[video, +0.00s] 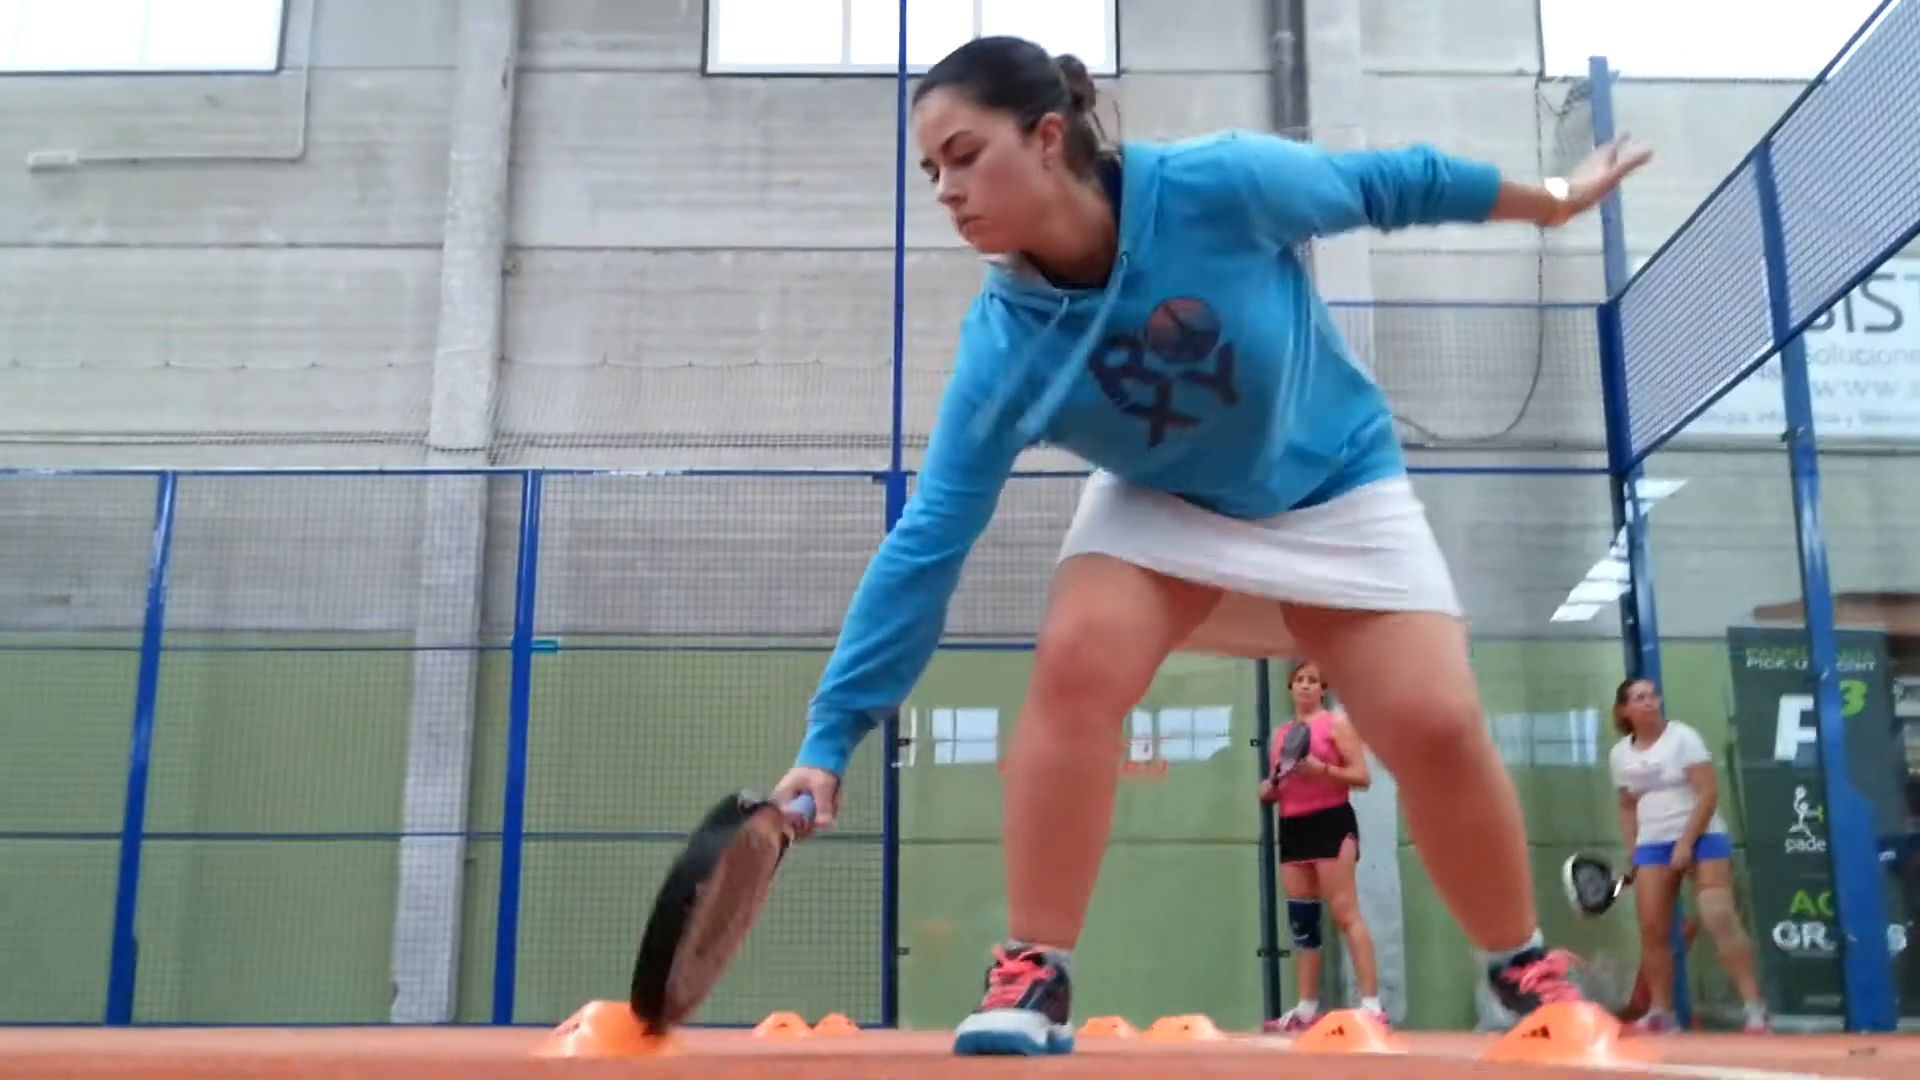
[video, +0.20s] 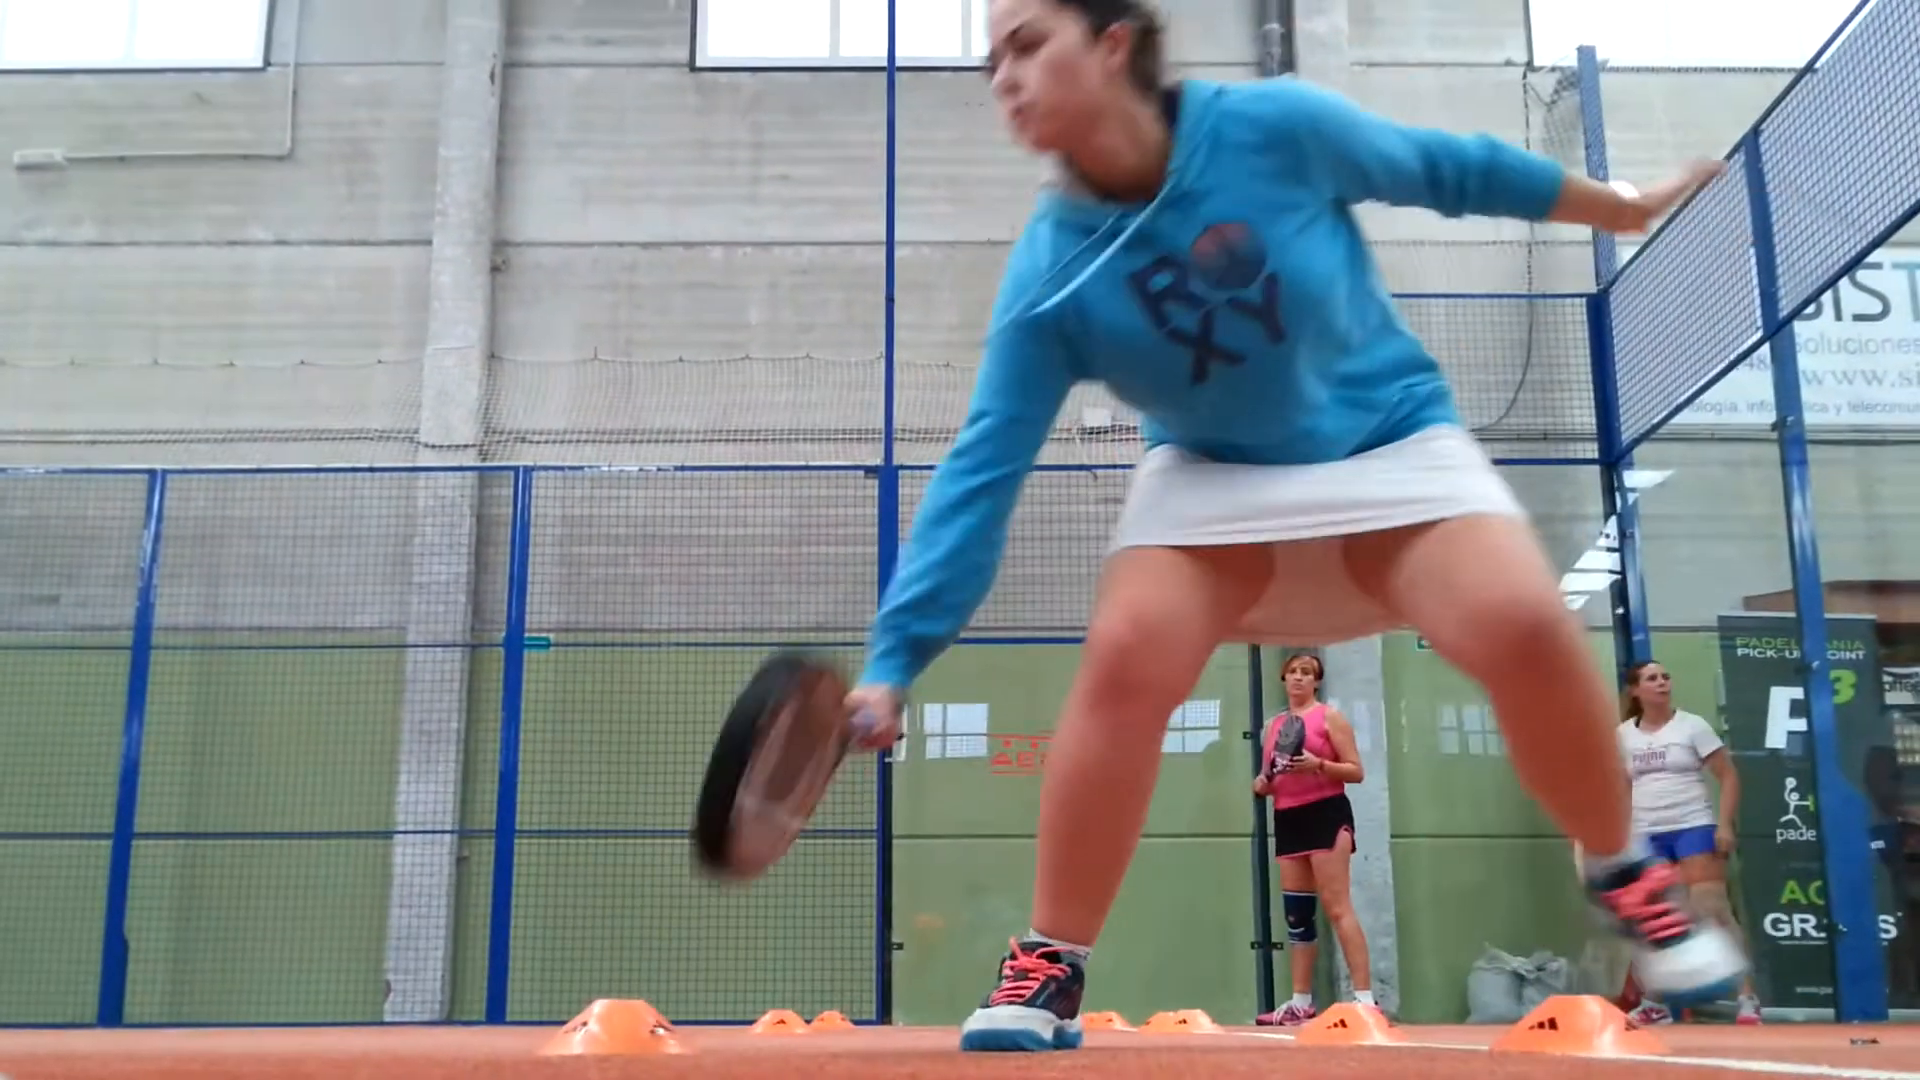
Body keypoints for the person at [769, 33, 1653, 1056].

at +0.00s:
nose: (945, 193)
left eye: (960, 157)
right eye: (932, 173)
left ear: (1049, 131)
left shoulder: (1223, 186)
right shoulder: (1006, 344)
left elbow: (1390, 185)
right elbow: (926, 542)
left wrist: (1548, 202)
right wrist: (822, 748)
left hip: (1335, 473)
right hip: (1163, 488)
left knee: (1435, 722)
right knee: (1075, 660)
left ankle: (1525, 977)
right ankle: (1032, 978)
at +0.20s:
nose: (1004, 85)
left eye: (1026, 48)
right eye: (995, 67)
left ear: (1119, 46)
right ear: (1007, 101)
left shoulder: (1273, 128)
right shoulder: (1050, 277)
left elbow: (1451, 171)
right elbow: (980, 470)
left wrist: (1620, 210)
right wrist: (887, 667)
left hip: (1389, 434)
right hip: (1211, 465)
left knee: (1525, 623)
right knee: (1126, 647)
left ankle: (1624, 877)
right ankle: (1046, 969)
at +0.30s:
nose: (1109, 23)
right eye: (1103, 4)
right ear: (1114, 31)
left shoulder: (1370, 84)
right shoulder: (1130, 212)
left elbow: (1535, 177)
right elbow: (1076, 430)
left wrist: (1707, 247)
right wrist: (1016, 588)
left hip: (1457, 437)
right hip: (1269, 465)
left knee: (1581, 600)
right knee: (1174, 658)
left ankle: (1752, 892)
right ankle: (1050, 972)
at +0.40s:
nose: (1270, 3)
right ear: (1261, 5)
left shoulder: (1494, 39)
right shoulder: (1251, 147)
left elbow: (1663, 164)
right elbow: (1240, 363)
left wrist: (1838, 251)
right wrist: (1193, 511)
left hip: (1558, 402)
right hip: (1366, 430)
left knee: (1628, 648)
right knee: (1261, 648)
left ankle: (1826, 950)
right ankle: (1064, 952)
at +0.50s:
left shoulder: (1605, 13)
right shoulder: (1364, 108)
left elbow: (1756, 123)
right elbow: (1377, 315)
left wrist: (1849, 144)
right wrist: (1343, 460)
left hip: (1661, 387)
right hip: (1468, 404)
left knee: (1673, 667)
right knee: (1354, 665)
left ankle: (1812, 969)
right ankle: (1232, 951)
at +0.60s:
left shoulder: (1691, 4)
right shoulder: (1457, 77)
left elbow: (1870, 105)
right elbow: (1482, 280)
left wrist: (1832, 45)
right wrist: (1454, 411)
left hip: (1734, 354)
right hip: (1556, 388)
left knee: (1716, 633)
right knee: (1477, 637)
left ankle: (1819, 963)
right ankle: (1535, 947)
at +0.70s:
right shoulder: (1530, 54)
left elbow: (1896, 64)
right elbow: (1576, 244)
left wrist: (1811, 10)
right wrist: (1554, 369)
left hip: (1791, 316)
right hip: (1632, 368)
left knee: (1745, 610)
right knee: (1620, 649)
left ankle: (1867, 941)